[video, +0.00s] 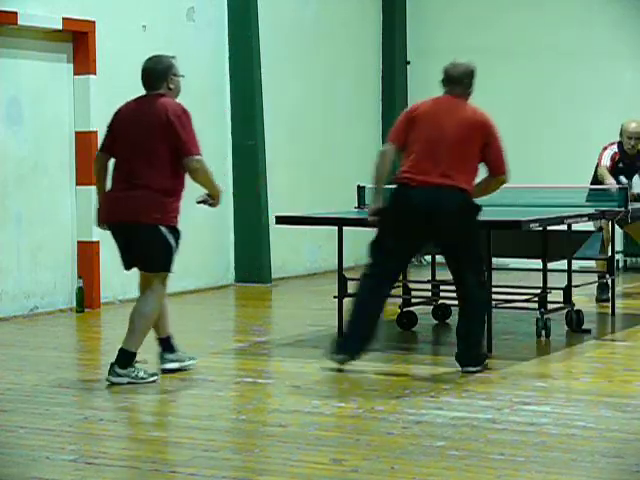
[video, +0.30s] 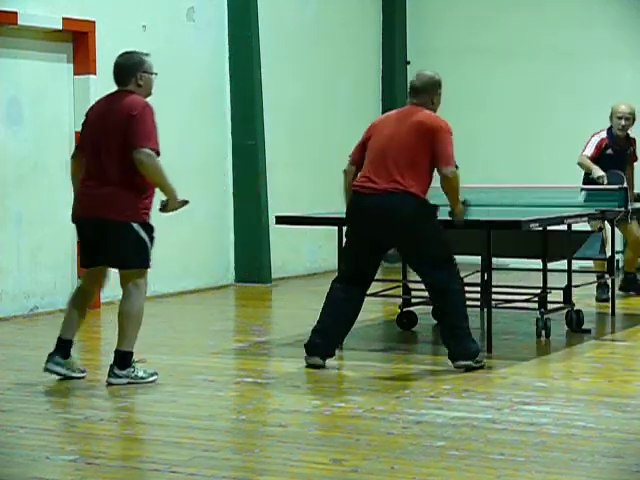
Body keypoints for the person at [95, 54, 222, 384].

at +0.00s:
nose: (181, 82)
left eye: (179, 77)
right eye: (178, 78)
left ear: (148, 82)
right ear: (169, 81)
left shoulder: (124, 112)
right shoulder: (174, 111)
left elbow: (101, 160)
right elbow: (193, 165)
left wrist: (103, 201)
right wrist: (214, 189)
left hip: (118, 212)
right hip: (155, 213)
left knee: (153, 283)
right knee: (153, 287)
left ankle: (169, 352)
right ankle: (123, 364)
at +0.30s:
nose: (154, 81)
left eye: (153, 75)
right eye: (151, 75)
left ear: (122, 79)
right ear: (138, 78)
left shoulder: (97, 108)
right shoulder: (139, 107)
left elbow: (78, 159)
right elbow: (144, 155)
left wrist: (83, 198)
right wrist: (171, 194)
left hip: (88, 211)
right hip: (125, 213)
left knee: (91, 280)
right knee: (135, 285)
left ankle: (60, 354)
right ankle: (123, 366)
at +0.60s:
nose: (139, 82)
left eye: (138, 77)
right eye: (135, 77)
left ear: (108, 80)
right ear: (122, 79)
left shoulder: (80, 107)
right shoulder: (119, 108)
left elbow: (58, 155)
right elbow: (118, 159)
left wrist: (76, 190)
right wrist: (144, 197)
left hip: (62, 211)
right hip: (98, 212)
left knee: (68, 285)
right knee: (116, 284)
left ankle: (57, 362)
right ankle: (121, 364)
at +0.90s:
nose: (140, 81)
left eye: (139, 76)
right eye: (137, 76)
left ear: (109, 80)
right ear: (124, 79)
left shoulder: (82, 108)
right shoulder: (121, 108)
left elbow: (61, 159)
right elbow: (120, 161)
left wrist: (65, 201)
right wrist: (149, 197)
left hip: (68, 213)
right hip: (105, 213)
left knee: (71, 286)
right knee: (132, 281)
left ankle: (57, 362)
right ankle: (128, 363)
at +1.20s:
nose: (173, 82)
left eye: (171, 76)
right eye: (170, 76)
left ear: (141, 79)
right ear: (158, 80)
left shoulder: (116, 110)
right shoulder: (160, 111)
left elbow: (93, 157)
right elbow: (167, 163)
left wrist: (98, 198)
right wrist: (193, 195)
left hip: (104, 213)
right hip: (141, 214)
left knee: (112, 281)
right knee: (155, 287)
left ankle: (75, 348)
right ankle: (140, 366)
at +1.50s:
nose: (217, 89)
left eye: (215, 83)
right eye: (214, 84)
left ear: (184, 88)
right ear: (205, 88)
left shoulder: (159, 116)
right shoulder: (208, 118)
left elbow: (131, 161)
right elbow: (222, 169)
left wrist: (124, 205)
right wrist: (243, 193)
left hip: (147, 216)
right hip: (182, 218)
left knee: (177, 286)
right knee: (205, 289)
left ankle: (181, 357)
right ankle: (155, 349)